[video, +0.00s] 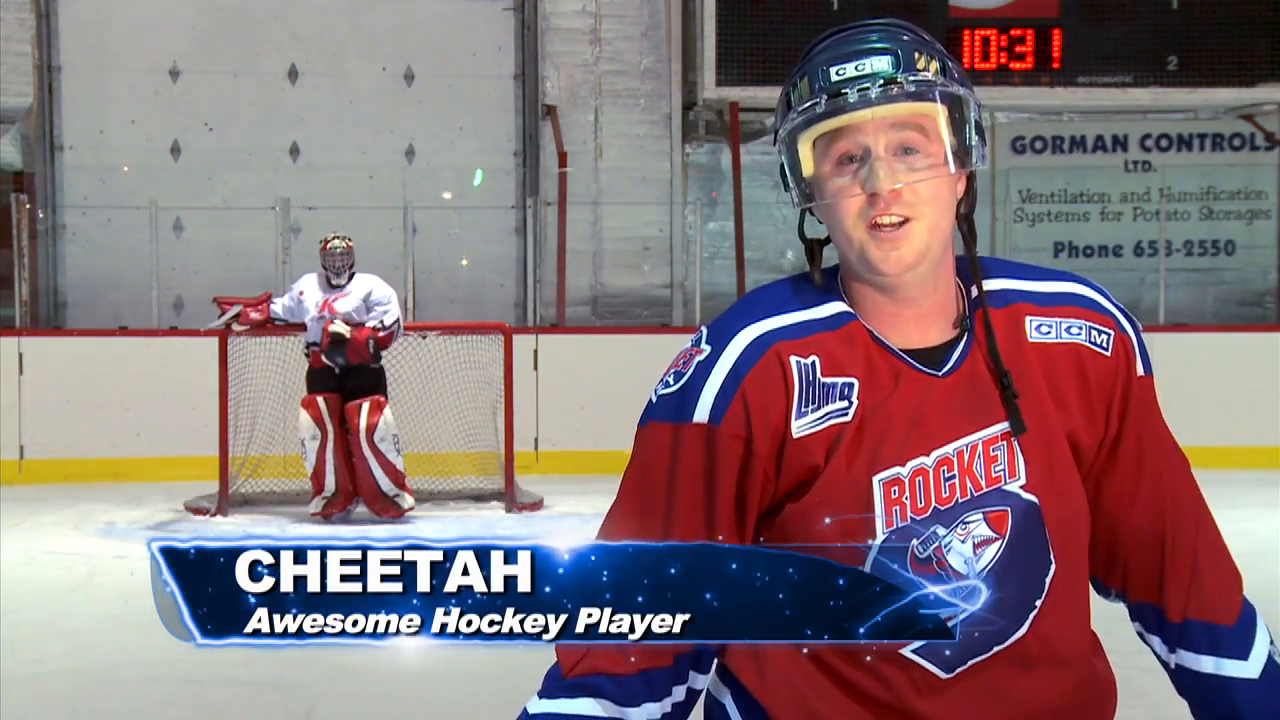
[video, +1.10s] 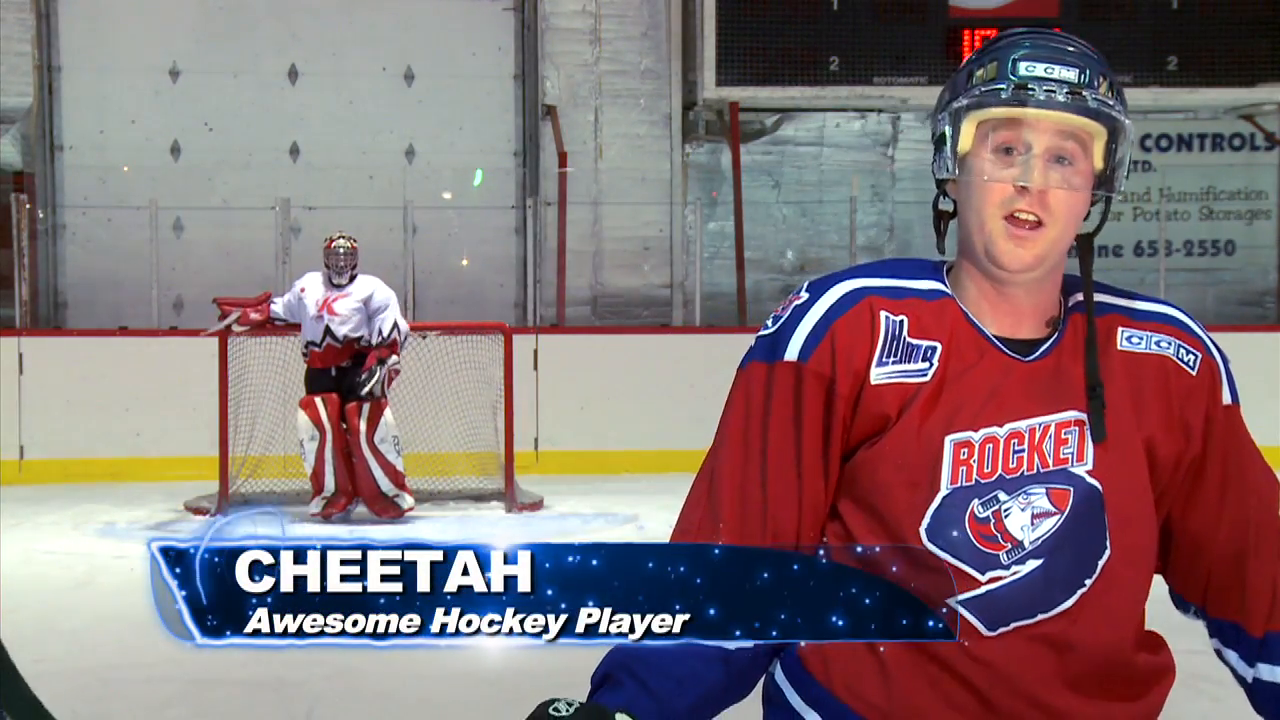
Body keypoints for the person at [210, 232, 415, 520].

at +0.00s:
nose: (338, 263)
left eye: (343, 257)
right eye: (332, 258)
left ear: (352, 258)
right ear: (323, 260)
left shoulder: (371, 286)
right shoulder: (307, 287)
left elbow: (389, 326)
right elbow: (281, 310)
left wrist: (352, 333)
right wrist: (245, 311)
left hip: (363, 374)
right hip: (323, 374)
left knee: (369, 431)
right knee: (322, 433)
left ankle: (391, 498)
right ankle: (332, 499)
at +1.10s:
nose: (340, 263)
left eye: (346, 257)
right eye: (335, 257)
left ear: (355, 259)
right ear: (326, 259)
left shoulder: (372, 290)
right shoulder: (308, 286)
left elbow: (393, 332)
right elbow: (281, 310)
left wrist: (379, 368)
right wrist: (246, 313)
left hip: (358, 372)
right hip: (320, 374)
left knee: (364, 432)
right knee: (326, 434)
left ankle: (389, 497)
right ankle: (335, 496)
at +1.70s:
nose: (343, 263)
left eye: (348, 257)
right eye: (337, 257)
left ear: (357, 259)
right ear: (328, 259)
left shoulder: (375, 290)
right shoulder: (310, 286)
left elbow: (406, 319)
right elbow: (278, 305)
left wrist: (397, 351)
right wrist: (240, 312)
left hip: (362, 373)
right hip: (321, 375)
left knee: (367, 431)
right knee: (325, 434)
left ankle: (390, 500)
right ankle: (333, 498)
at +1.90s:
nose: (344, 262)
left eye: (349, 257)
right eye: (338, 256)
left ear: (358, 259)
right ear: (328, 259)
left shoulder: (378, 289)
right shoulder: (310, 286)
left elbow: (412, 306)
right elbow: (274, 309)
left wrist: (422, 320)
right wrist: (241, 322)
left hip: (364, 373)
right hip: (322, 374)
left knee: (374, 433)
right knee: (324, 436)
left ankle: (390, 501)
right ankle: (332, 500)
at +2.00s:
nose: (344, 264)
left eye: (350, 258)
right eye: (338, 259)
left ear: (358, 260)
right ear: (328, 261)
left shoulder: (378, 288)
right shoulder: (309, 288)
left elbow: (416, 303)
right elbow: (276, 315)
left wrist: (432, 315)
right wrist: (246, 332)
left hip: (365, 374)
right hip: (322, 375)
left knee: (372, 433)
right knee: (327, 435)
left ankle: (387, 500)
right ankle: (334, 499)